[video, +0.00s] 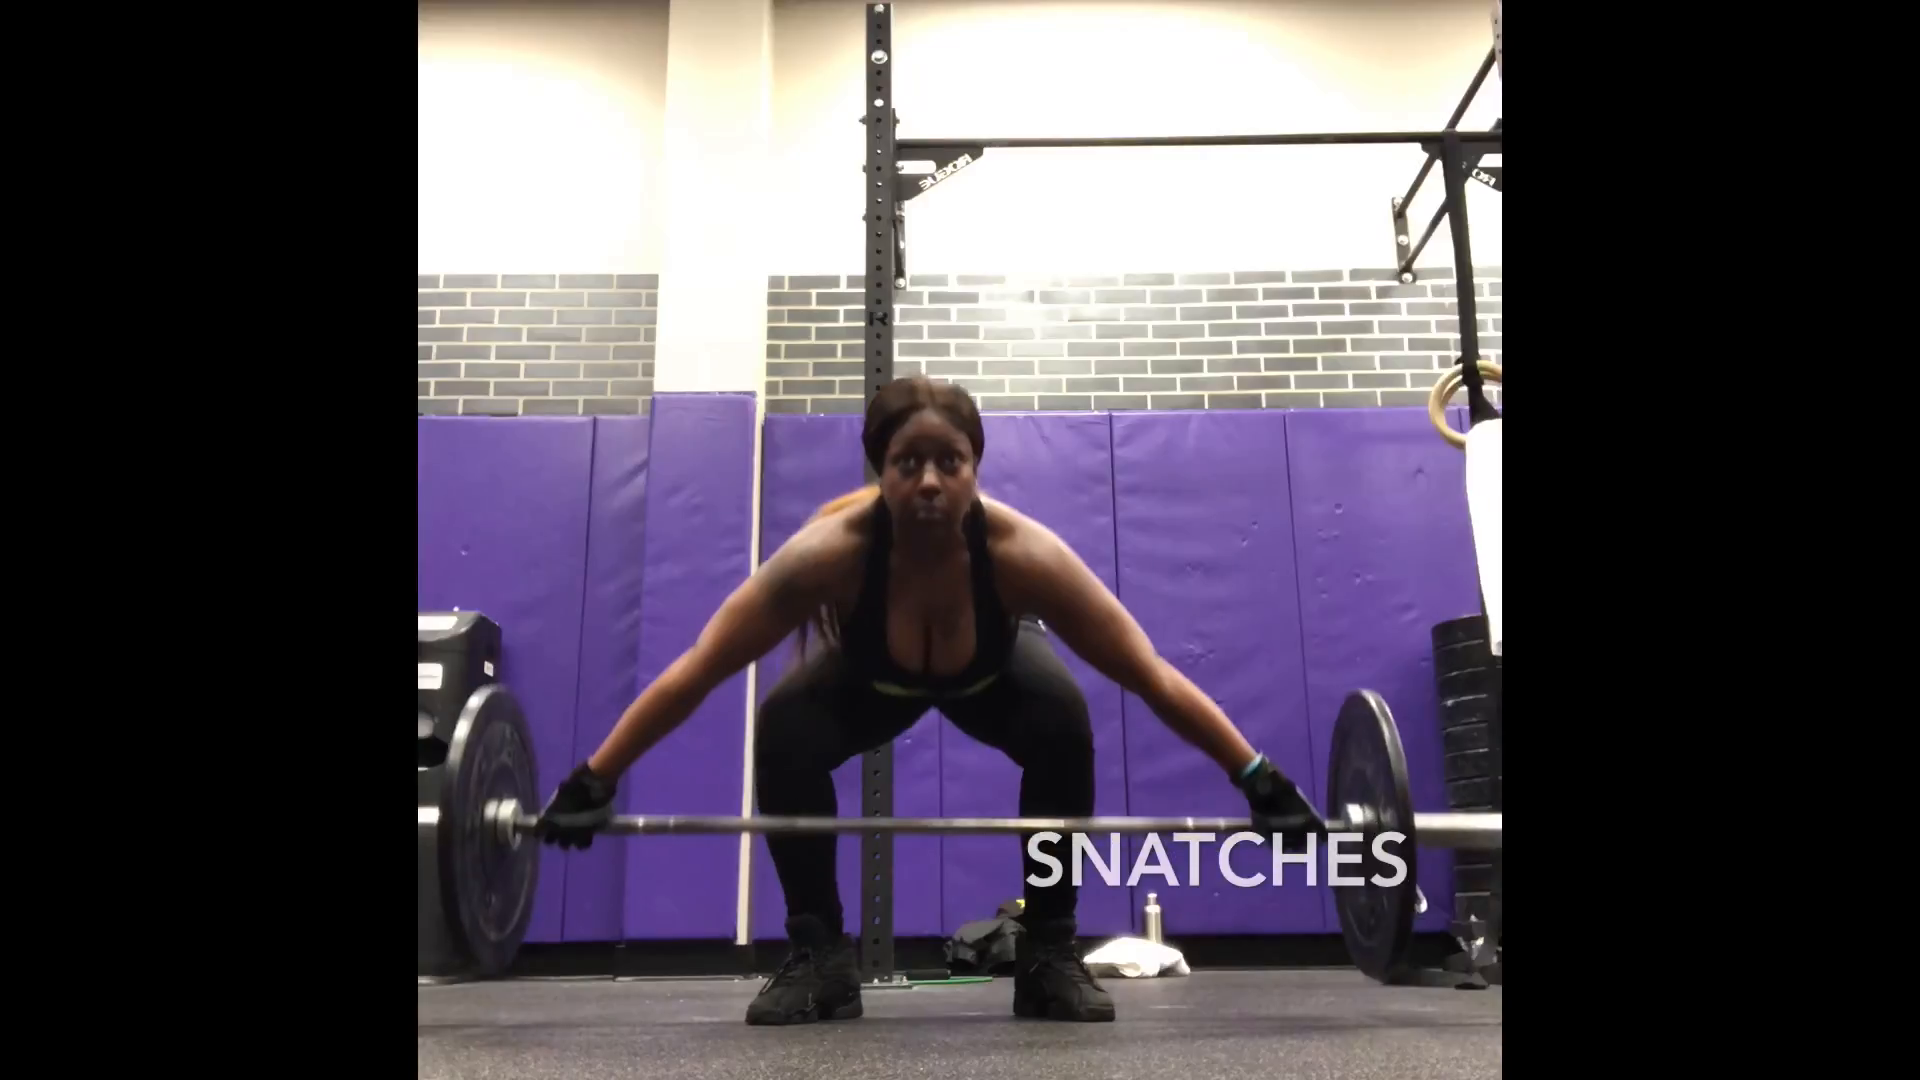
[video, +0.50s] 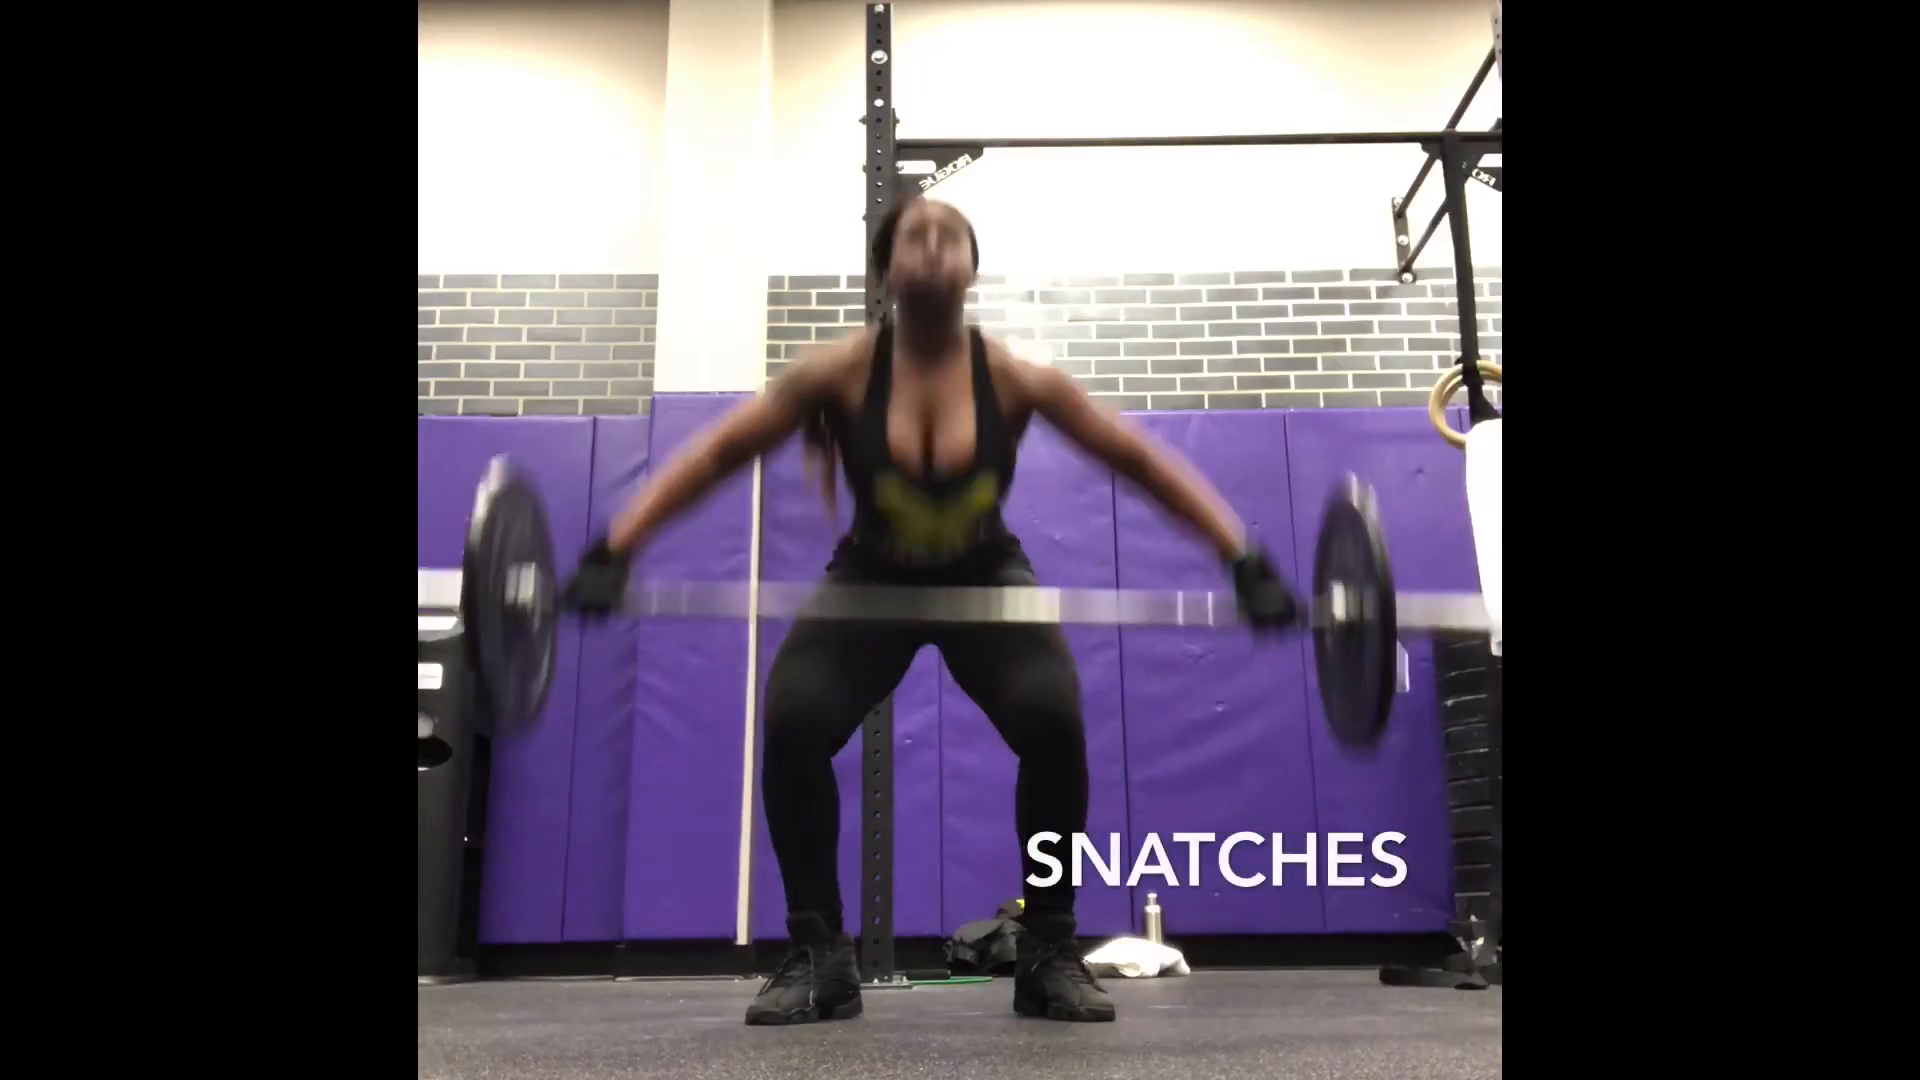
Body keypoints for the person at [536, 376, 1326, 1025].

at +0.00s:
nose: (930, 480)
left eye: (947, 462)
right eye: (910, 463)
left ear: (974, 469)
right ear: (880, 471)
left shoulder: (1023, 551)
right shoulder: (829, 549)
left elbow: (1149, 672)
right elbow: (703, 664)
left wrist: (1256, 774)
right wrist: (596, 775)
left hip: (985, 676)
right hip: (875, 679)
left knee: (1064, 727)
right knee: (784, 735)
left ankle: (1049, 954)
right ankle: (819, 955)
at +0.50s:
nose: (934, 249)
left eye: (950, 237)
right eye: (915, 237)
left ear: (976, 268)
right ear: (885, 267)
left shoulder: (1019, 380)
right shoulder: (837, 372)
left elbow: (1140, 463)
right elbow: (719, 453)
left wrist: (1242, 554)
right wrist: (615, 545)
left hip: (985, 587)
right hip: (871, 588)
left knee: (1054, 725)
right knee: (791, 728)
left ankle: (1048, 959)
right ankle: (822, 957)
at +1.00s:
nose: (942, 285)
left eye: (958, 275)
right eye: (925, 274)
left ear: (981, 298)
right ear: (899, 297)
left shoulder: (1017, 371)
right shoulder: (857, 369)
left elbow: (1137, 290)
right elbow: (742, 284)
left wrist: (1220, 194)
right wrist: (657, 189)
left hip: (998, 625)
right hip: (880, 627)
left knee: (1141, 741)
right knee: (731, 743)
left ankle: (1185, 967)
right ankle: (704, 966)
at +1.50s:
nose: (939, 373)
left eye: (957, 359)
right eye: (922, 361)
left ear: (984, 375)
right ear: (896, 376)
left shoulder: (1026, 454)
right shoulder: (857, 453)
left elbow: (1157, 386)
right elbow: (730, 389)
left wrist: (1246, 315)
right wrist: (643, 308)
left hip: (1003, 695)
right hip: (880, 699)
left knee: (1151, 753)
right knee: (719, 749)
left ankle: (1185, 968)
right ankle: (703, 966)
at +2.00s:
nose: (943, 394)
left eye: (960, 379)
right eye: (925, 380)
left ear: (986, 395)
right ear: (900, 398)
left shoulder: (1031, 474)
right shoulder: (857, 471)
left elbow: (1161, 409)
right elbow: (730, 402)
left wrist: (1254, 333)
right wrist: (645, 326)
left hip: (1007, 711)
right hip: (884, 714)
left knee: (1147, 753)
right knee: (731, 752)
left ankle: (1185, 961)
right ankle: (704, 961)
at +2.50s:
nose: (945, 396)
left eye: (964, 385)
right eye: (927, 387)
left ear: (994, 413)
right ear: (904, 416)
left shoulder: (1034, 493)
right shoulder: (864, 489)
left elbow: (1164, 430)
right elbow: (736, 424)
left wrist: (1263, 359)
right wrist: (642, 348)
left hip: (1008, 725)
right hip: (885, 727)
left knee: (1140, 751)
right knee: (739, 752)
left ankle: (1184, 964)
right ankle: (704, 961)